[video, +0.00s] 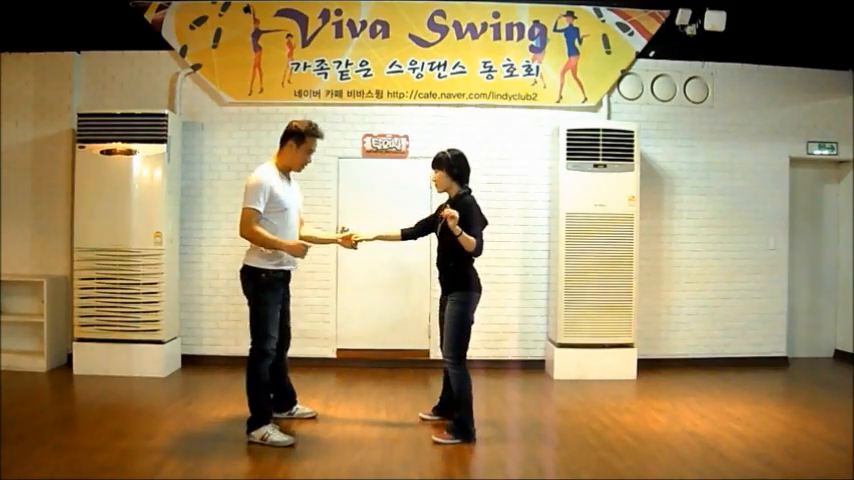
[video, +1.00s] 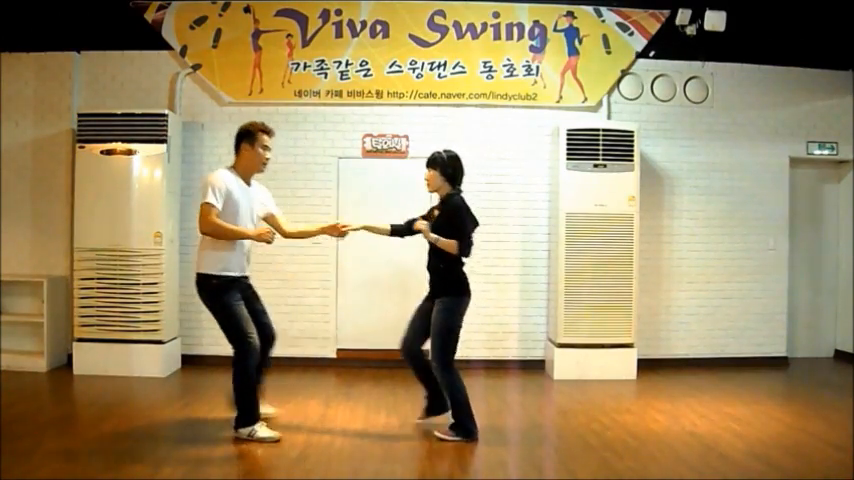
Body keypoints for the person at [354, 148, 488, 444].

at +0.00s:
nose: (432, 177)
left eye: (436, 171)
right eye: (433, 171)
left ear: (451, 173)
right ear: (448, 174)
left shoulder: (469, 206)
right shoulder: (445, 208)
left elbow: (475, 249)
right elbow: (413, 233)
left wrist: (454, 227)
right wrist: (372, 236)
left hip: (464, 290)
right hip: (448, 290)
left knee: (454, 356)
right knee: (448, 353)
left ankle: (464, 429)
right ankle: (447, 408)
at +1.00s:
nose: (426, 176)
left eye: (430, 170)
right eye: (427, 170)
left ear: (445, 174)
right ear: (441, 175)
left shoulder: (457, 207)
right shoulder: (437, 209)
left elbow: (464, 249)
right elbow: (401, 230)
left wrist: (429, 235)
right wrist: (361, 226)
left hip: (453, 295)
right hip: (436, 294)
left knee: (442, 361)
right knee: (410, 348)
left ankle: (465, 427)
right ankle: (437, 400)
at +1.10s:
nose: (413, 177)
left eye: (418, 172)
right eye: (415, 172)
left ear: (431, 176)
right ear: (429, 177)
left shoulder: (441, 208)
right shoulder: (426, 211)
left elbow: (440, 250)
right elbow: (390, 231)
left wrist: (411, 237)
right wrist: (351, 230)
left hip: (441, 298)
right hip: (427, 297)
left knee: (436, 364)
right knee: (394, 345)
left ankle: (465, 427)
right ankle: (402, 412)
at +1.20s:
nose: (397, 183)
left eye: (402, 178)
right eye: (399, 178)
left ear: (416, 183)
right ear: (415, 183)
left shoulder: (422, 214)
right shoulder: (412, 214)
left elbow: (416, 256)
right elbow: (382, 236)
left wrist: (387, 244)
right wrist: (342, 238)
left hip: (423, 302)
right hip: (411, 301)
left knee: (427, 368)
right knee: (378, 352)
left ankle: (464, 426)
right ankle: (362, 419)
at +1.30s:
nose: (376, 180)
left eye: (381, 176)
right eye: (378, 175)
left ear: (393, 180)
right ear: (393, 180)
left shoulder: (399, 211)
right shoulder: (392, 211)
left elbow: (390, 254)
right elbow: (362, 239)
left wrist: (359, 242)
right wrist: (322, 240)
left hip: (396, 301)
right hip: (386, 300)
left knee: (397, 364)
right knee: (357, 352)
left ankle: (451, 411)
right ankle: (356, 420)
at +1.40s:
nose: (356, 173)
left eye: (360, 169)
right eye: (357, 168)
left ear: (372, 174)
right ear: (373, 174)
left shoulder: (377, 205)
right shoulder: (371, 203)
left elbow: (365, 248)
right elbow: (349, 234)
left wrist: (333, 240)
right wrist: (321, 235)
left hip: (371, 291)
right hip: (367, 290)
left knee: (349, 353)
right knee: (349, 353)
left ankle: (404, 397)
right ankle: (356, 418)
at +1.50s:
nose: (335, 173)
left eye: (339, 169)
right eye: (337, 168)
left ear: (351, 173)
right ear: (356, 174)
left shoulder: (353, 204)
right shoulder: (356, 202)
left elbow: (339, 247)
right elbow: (334, 241)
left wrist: (307, 240)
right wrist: (307, 238)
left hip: (345, 291)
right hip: (350, 289)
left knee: (309, 345)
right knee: (339, 352)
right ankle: (355, 421)